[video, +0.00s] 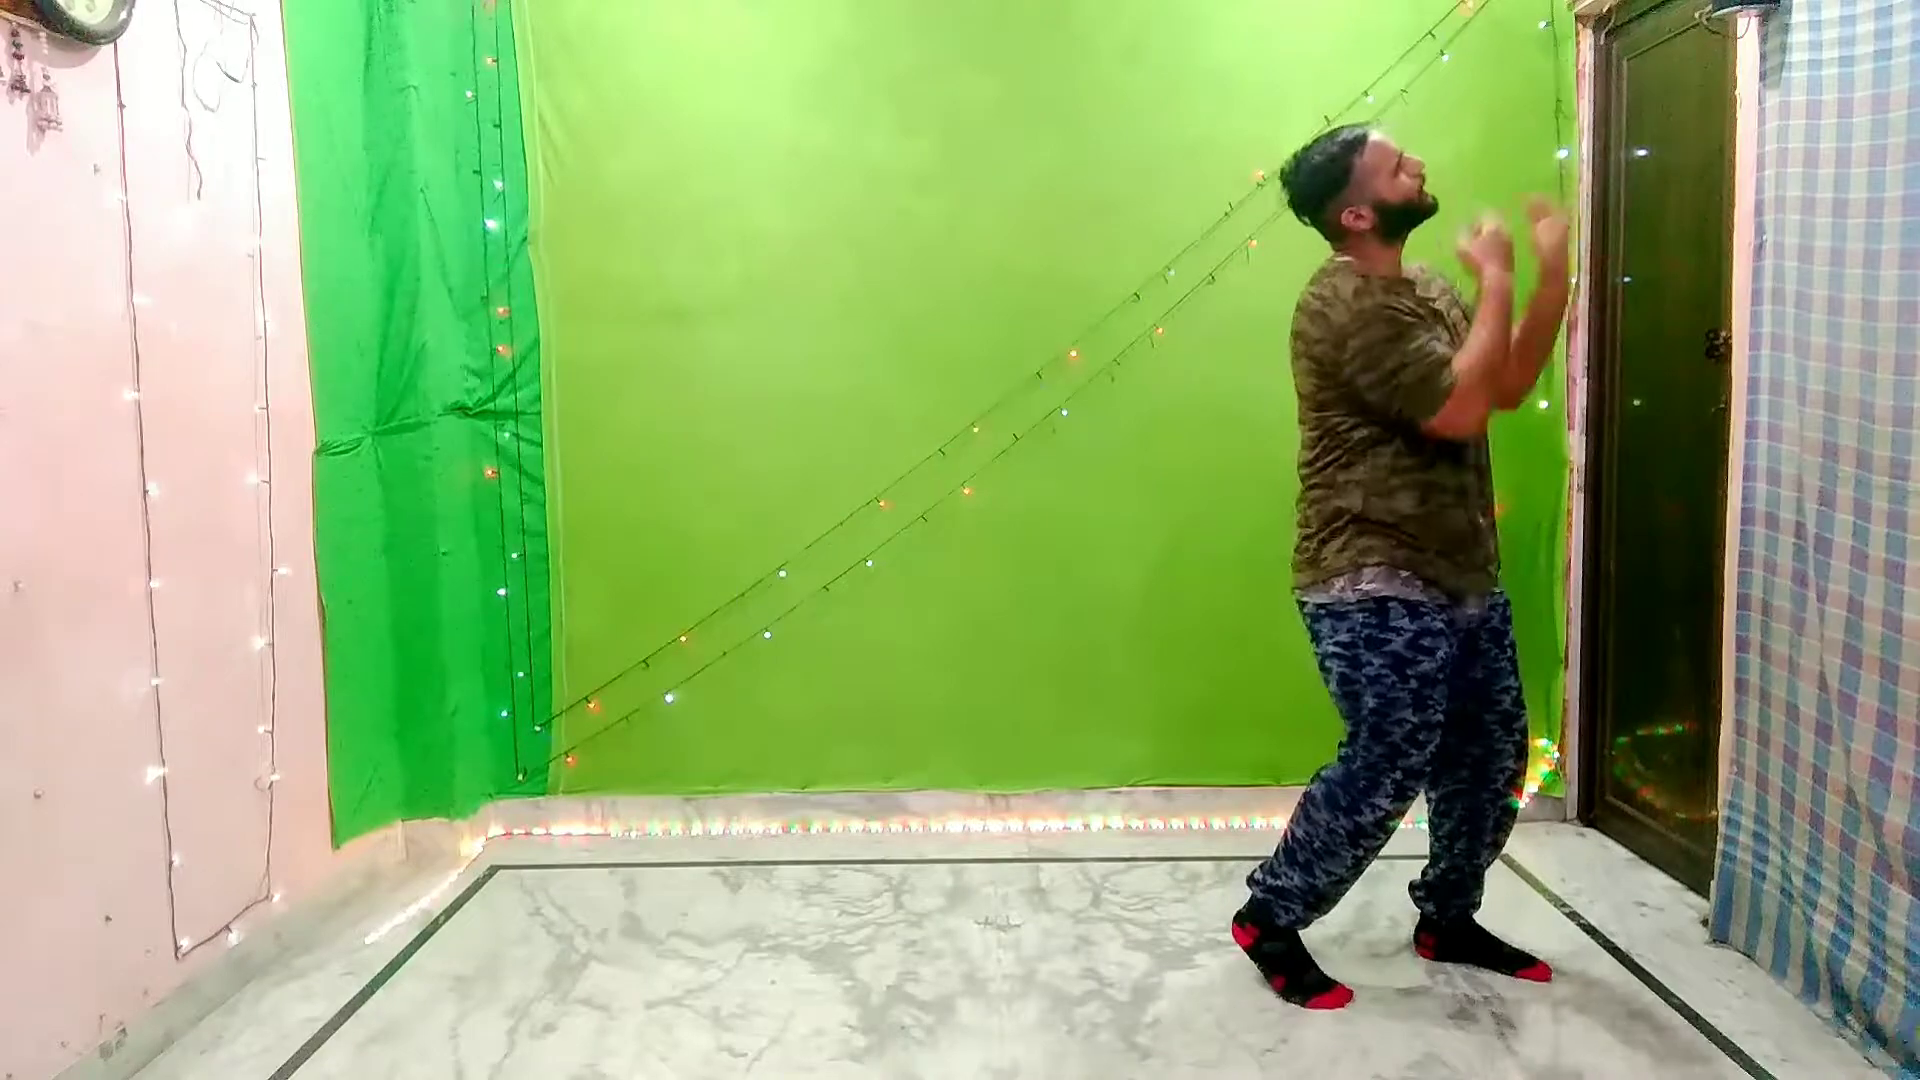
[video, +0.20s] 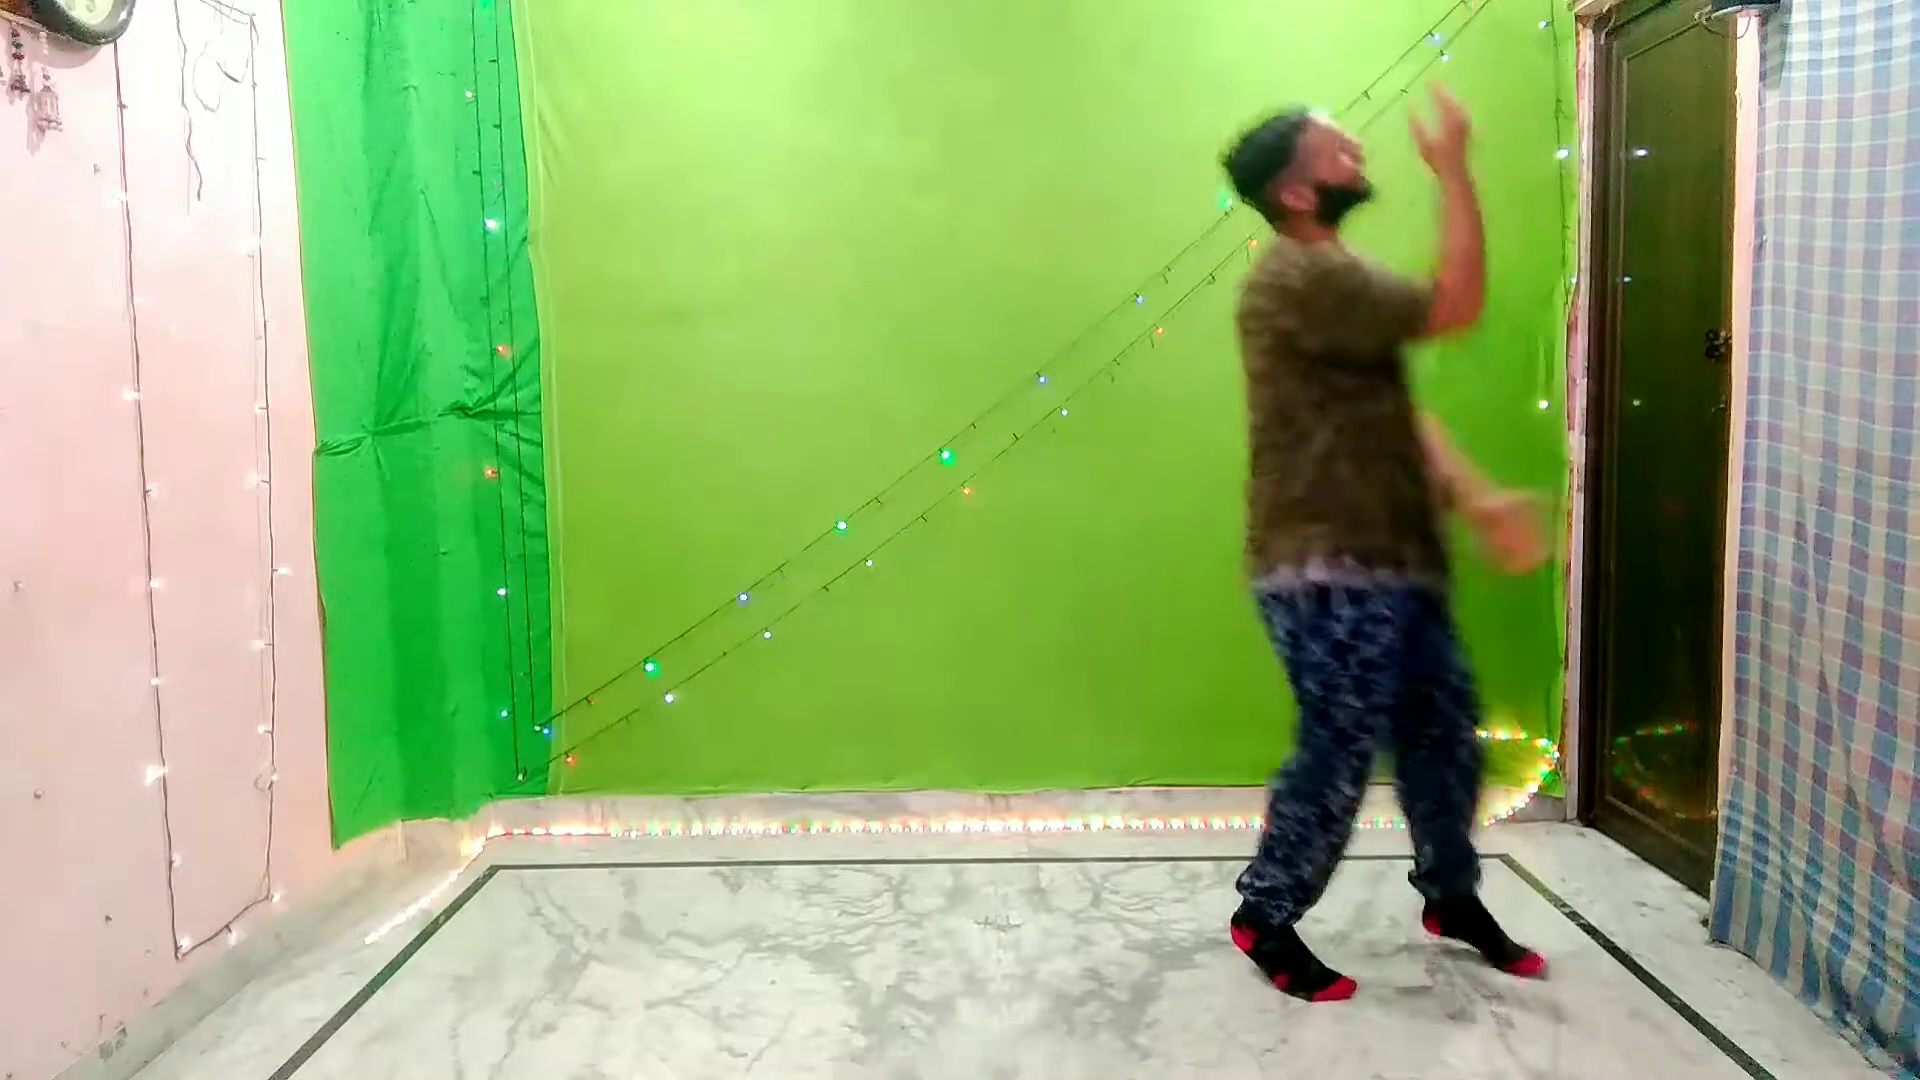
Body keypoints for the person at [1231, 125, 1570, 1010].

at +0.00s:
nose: (1412, 157)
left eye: (1398, 147)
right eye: (1391, 159)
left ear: (1371, 212)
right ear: (1357, 214)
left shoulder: (1428, 292)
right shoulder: (1346, 301)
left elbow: (1508, 384)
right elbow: (1456, 410)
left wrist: (1555, 277)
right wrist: (1496, 282)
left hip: (1458, 569)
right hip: (1368, 571)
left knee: (1490, 746)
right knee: (1393, 747)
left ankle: (1448, 917)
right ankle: (1271, 917)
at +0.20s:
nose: (1350, 141)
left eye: (1336, 132)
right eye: (1326, 139)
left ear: (1295, 194)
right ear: (1293, 189)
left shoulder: (1332, 282)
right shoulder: (1295, 277)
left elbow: (1399, 418)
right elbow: (1454, 306)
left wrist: (1478, 498)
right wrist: (1454, 171)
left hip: (1393, 563)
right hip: (1324, 566)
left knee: (1440, 733)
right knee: (1341, 743)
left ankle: (1451, 898)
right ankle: (1265, 916)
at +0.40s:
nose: (1264, 125)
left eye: (1251, 115)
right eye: (1244, 118)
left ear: (1206, 159)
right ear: (1210, 153)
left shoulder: (1223, 235)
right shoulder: (1220, 235)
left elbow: (1350, 173)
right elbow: (1361, 174)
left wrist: (1390, 44)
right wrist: (1394, 29)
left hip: (1258, 536)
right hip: (1259, 541)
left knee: (1279, 719)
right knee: (1286, 733)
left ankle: (1215, 853)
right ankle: (1262, 921)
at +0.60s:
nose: (1221, 146)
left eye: (1209, 136)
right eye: (1200, 146)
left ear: (1181, 197)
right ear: (1170, 196)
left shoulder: (1206, 265)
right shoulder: (1173, 269)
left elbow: (1293, 333)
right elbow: (1297, 333)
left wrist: (1320, 205)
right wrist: (1324, 203)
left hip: (1172, 550)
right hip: (1139, 551)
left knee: (1187, 726)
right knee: (1193, 729)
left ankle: (1124, 892)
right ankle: (1143, 908)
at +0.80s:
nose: (1151, 232)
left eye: (1140, 220)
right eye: (1130, 228)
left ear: (1101, 265)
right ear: (1092, 262)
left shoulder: (1116, 341)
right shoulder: (1083, 341)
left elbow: (1178, 409)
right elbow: (1202, 411)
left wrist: (1197, 466)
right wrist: (1293, 332)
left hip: (1068, 614)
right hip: (985, 607)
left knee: (1140, 733)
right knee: (898, 763)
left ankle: (1109, 911)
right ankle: (754, 882)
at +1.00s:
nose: (1022, 229)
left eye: (1015, 218)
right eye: (1004, 221)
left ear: (987, 250)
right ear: (962, 252)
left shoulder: (1001, 332)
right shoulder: (947, 330)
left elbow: (1081, 338)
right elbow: (1059, 348)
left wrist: (1147, 351)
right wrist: (1197, 312)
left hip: (999, 616)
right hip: (897, 614)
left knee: (1076, 739)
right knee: (826, 771)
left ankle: (1102, 911)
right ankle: (710, 904)